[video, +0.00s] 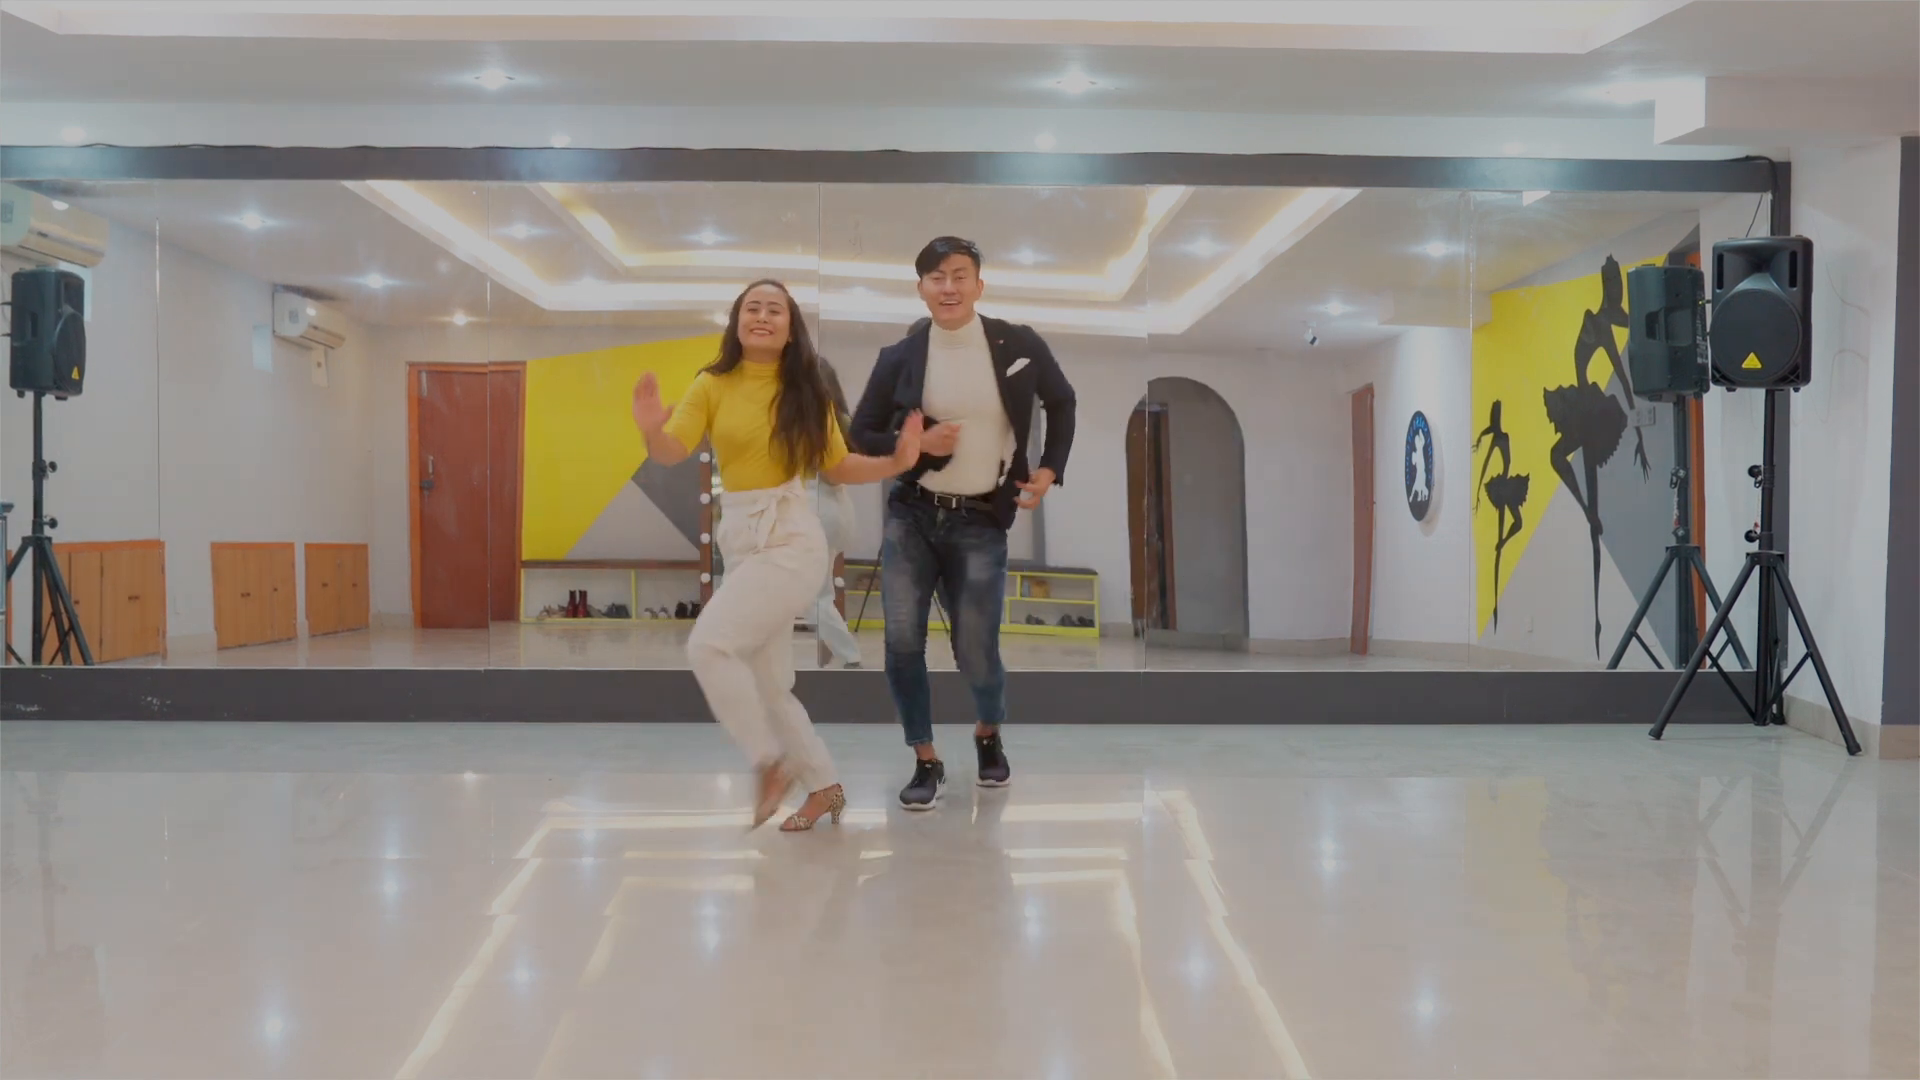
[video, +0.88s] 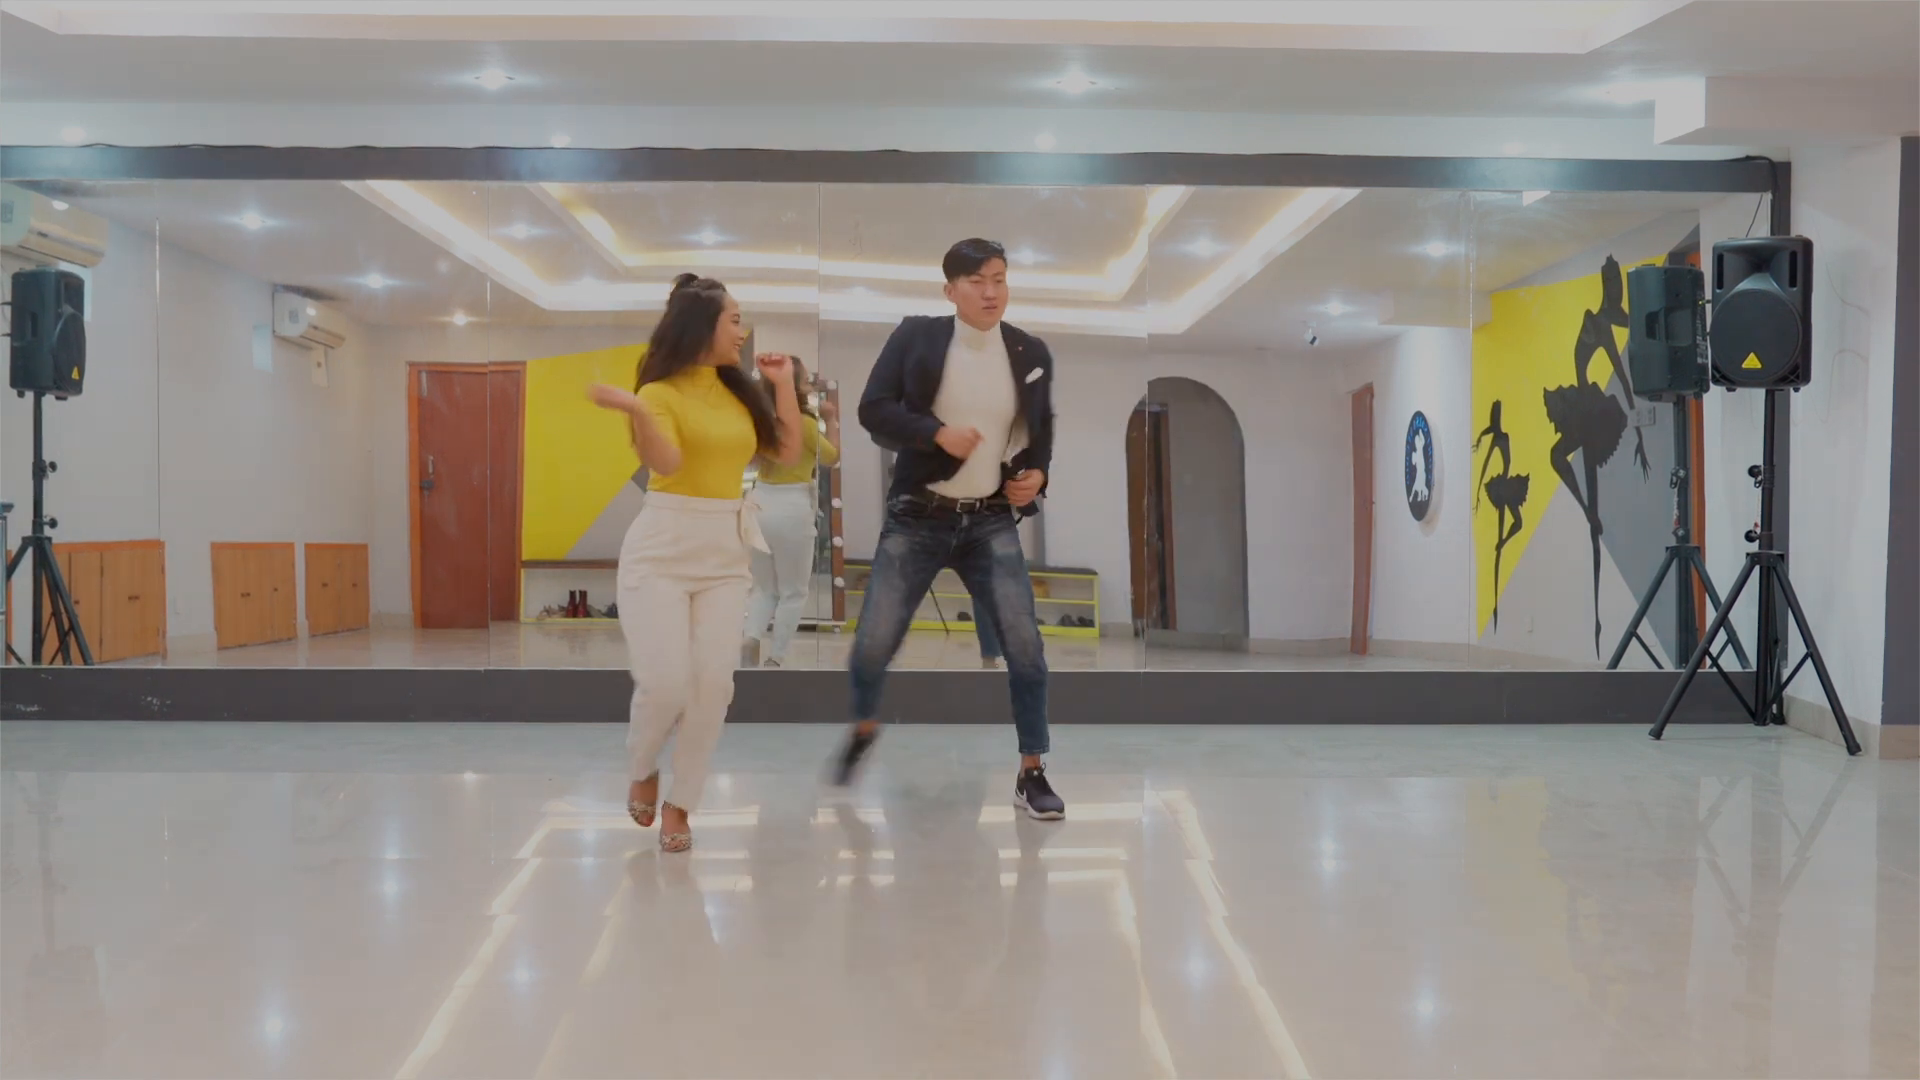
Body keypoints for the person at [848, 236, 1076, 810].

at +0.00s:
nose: (948, 288)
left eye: (959, 276)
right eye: (937, 277)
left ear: (979, 284)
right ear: (920, 286)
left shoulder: (1017, 346)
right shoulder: (899, 358)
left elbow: (1062, 401)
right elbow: (860, 437)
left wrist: (1050, 469)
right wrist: (916, 443)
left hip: (982, 518)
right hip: (911, 513)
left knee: (975, 648)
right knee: (900, 639)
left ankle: (989, 734)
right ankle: (926, 760)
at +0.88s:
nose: (991, 292)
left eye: (998, 281)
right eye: (977, 281)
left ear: (1008, 285)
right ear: (951, 288)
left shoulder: (1030, 354)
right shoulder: (915, 336)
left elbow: (1042, 430)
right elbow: (873, 409)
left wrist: (1035, 473)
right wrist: (934, 433)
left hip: (992, 520)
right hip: (917, 515)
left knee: (1025, 644)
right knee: (872, 643)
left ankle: (1032, 769)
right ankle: (864, 727)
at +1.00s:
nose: (995, 298)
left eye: (1002, 287)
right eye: (981, 286)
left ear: (1009, 292)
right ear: (952, 292)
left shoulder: (1015, 372)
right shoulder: (932, 356)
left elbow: (1008, 454)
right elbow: (875, 427)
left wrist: (1032, 473)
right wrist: (936, 482)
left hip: (988, 531)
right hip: (915, 531)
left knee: (1039, 641)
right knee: (851, 650)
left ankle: (1031, 772)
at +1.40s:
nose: (911, 311)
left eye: (926, 301)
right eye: (906, 300)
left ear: (957, 310)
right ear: (898, 309)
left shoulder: (976, 375)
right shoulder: (897, 379)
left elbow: (1033, 443)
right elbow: (874, 437)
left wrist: (982, 503)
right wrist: (873, 473)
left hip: (967, 549)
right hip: (899, 545)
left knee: (1010, 667)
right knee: (802, 627)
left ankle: (1059, 763)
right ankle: (806, 770)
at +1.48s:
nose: (886, 311)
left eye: (901, 300)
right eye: (885, 300)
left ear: (936, 310)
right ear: (886, 306)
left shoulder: (952, 368)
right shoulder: (893, 375)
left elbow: (982, 427)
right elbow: (881, 448)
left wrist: (925, 485)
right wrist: (862, 485)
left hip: (949, 551)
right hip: (887, 549)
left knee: (1000, 666)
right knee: (793, 631)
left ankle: (1063, 760)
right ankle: (813, 772)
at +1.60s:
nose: (856, 302)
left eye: (871, 294)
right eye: (855, 291)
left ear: (906, 303)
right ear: (855, 296)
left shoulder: (918, 353)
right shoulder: (866, 363)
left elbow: (932, 412)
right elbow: (864, 439)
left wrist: (856, 443)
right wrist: (830, 488)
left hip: (917, 541)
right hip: (860, 537)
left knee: (958, 667)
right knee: (782, 636)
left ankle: (1055, 738)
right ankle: (811, 774)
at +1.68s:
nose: (839, 304)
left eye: (854, 296)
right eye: (838, 292)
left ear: (890, 304)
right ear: (835, 293)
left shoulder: (909, 355)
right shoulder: (837, 359)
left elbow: (920, 410)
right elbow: (835, 438)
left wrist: (833, 435)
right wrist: (800, 493)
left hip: (907, 533)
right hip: (850, 533)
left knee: (916, 663)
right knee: (779, 641)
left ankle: (1008, 741)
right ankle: (811, 775)